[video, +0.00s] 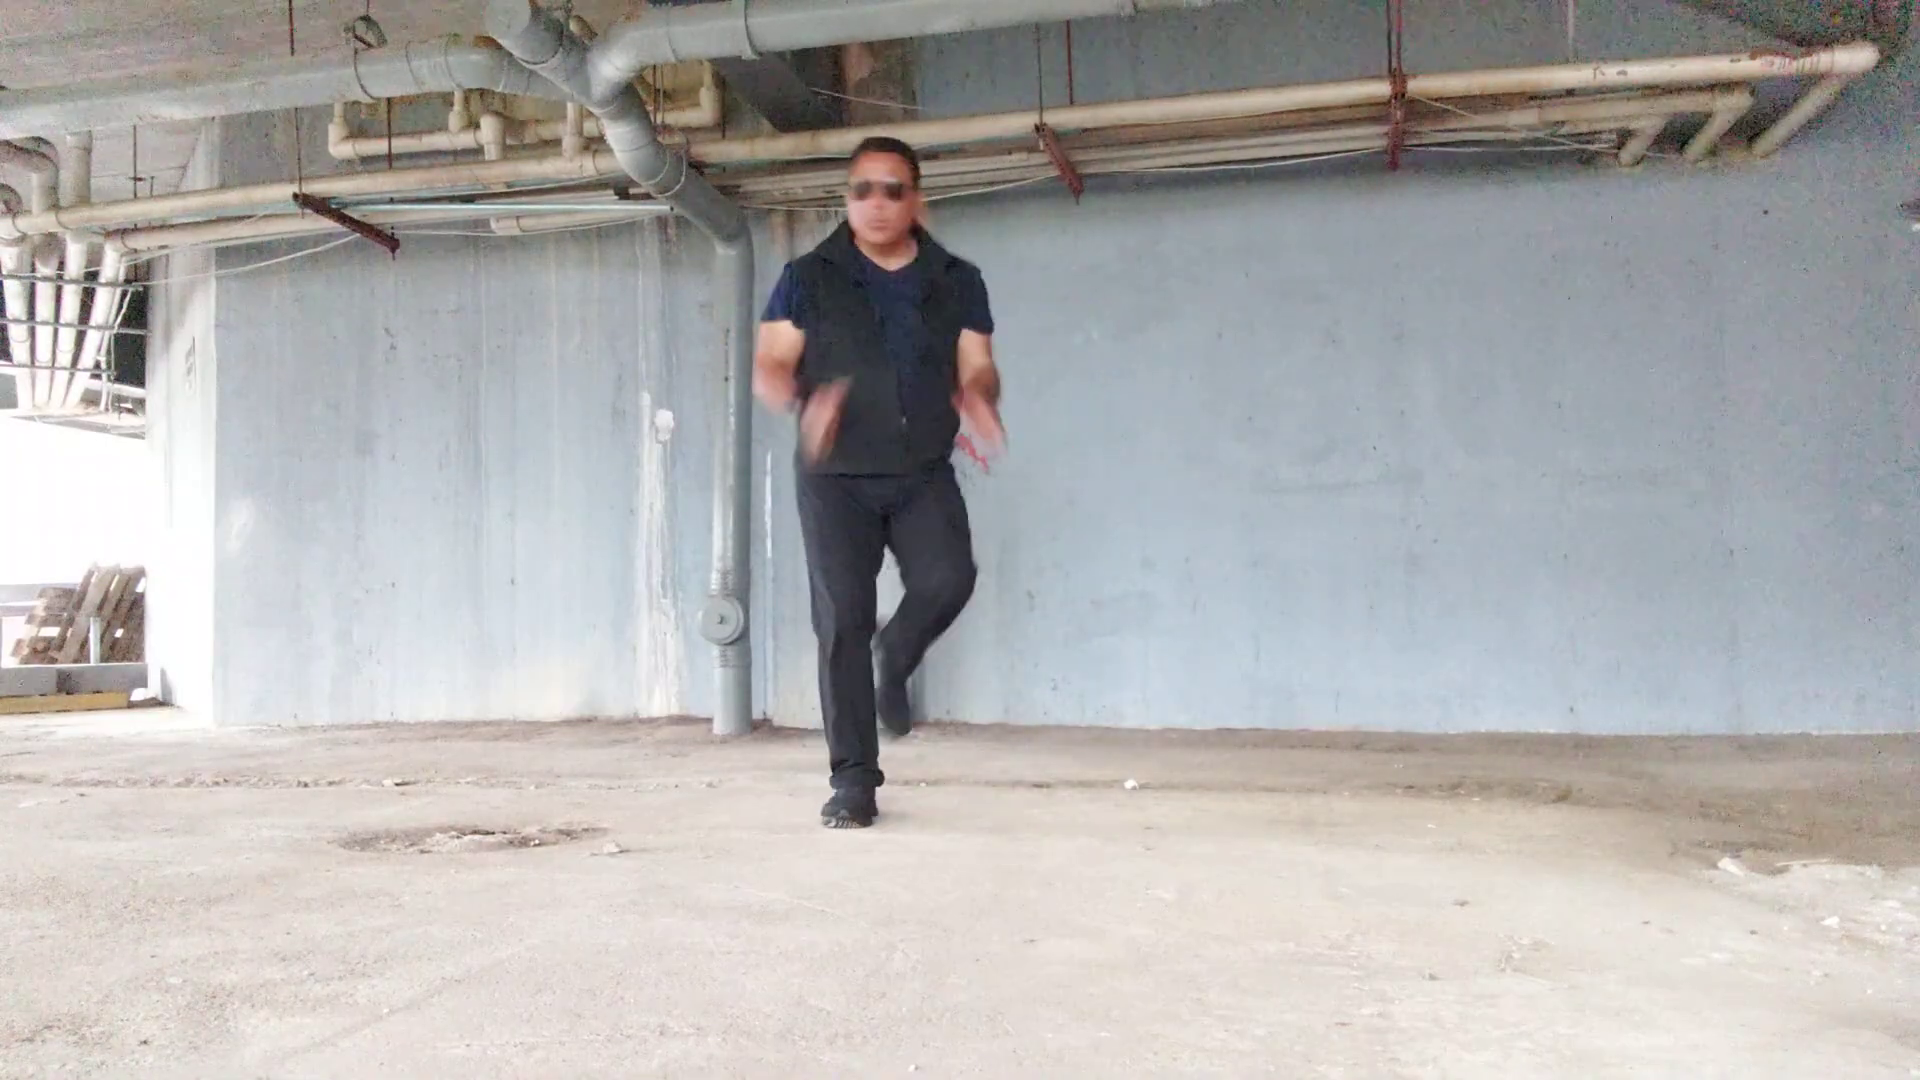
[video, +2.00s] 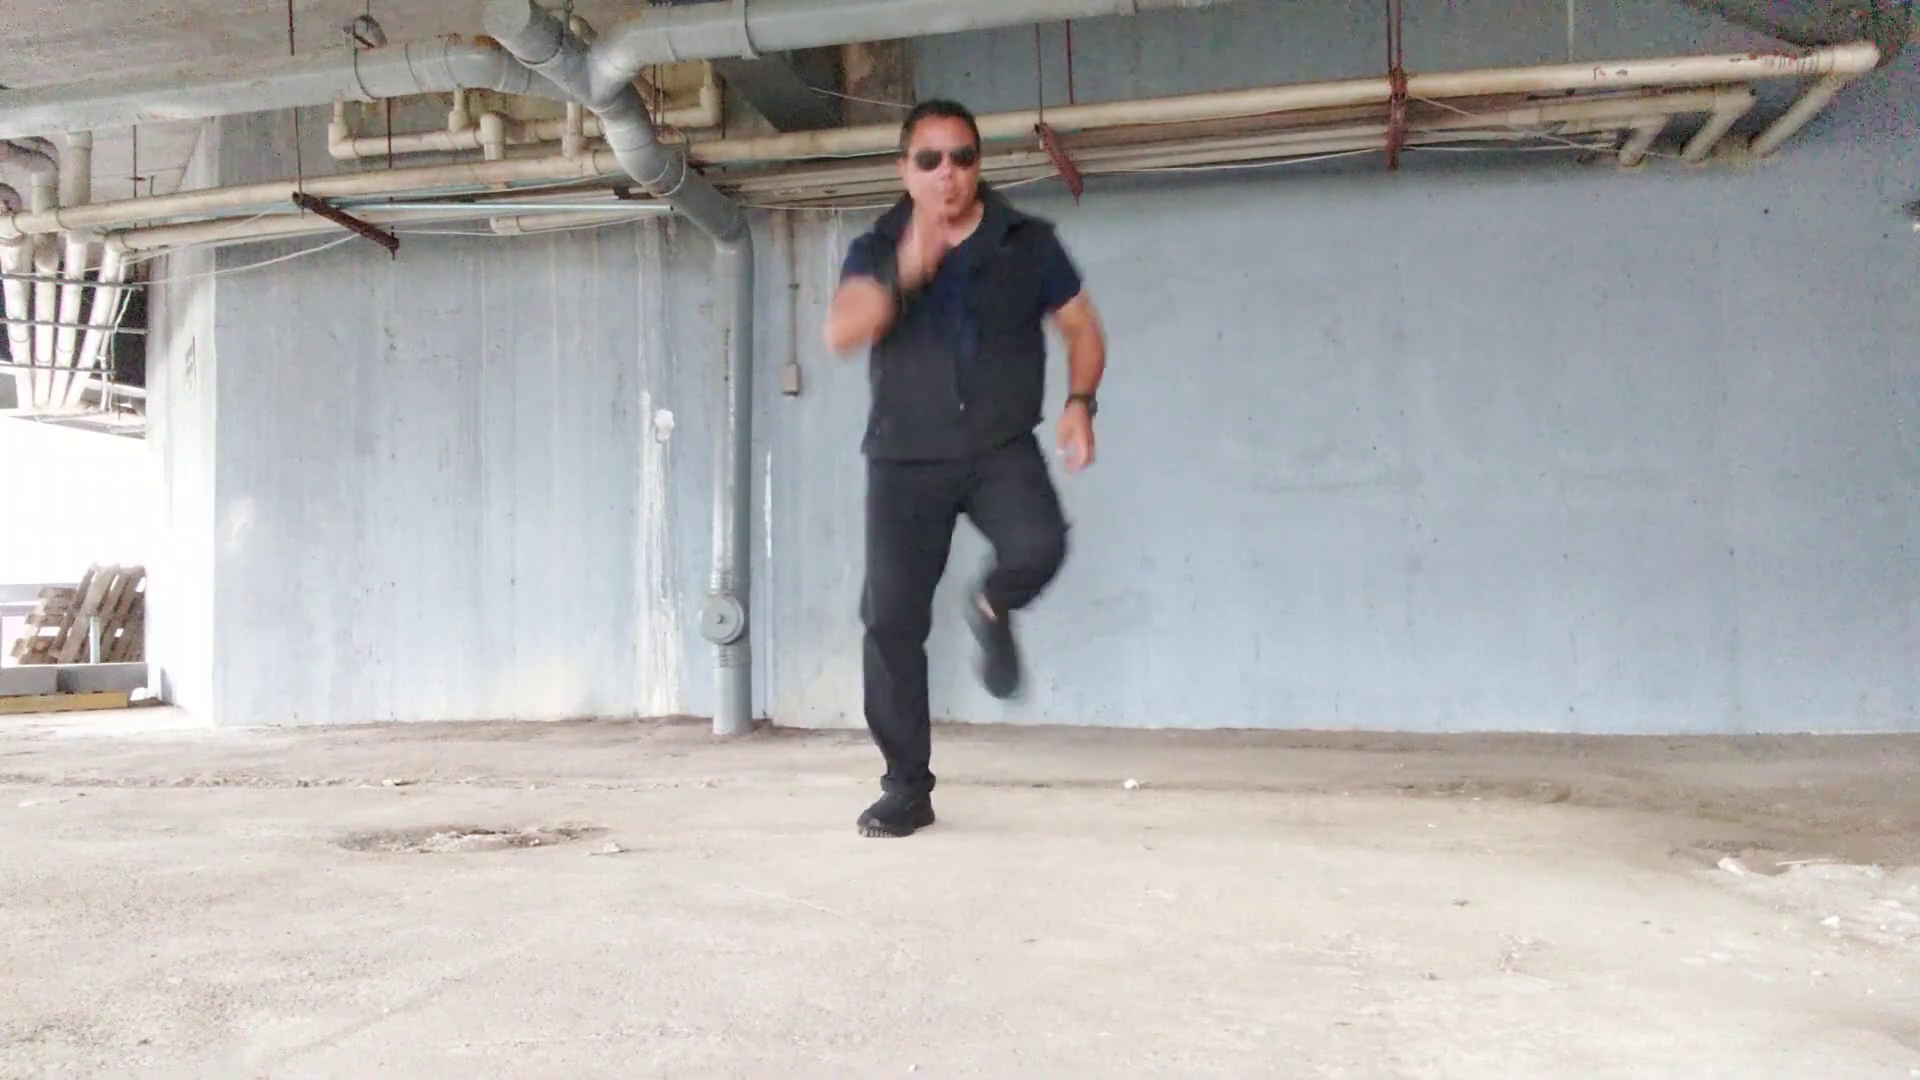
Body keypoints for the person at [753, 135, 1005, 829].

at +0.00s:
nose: (878, 201)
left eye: (893, 190)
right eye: (864, 190)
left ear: (917, 200)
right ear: (847, 200)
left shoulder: (957, 281)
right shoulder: (808, 277)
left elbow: (978, 372)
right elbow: (770, 372)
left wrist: (977, 402)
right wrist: (802, 399)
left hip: (923, 476)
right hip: (836, 479)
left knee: (949, 580)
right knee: (846, 625)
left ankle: (891, 663)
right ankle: (853, 781)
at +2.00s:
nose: (949, 172)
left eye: (962, 157)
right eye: (931, 160)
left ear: (980, 164)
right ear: (905, 169)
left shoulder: (1027, 242)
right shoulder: (881, 244)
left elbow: (1083, 330)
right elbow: (841, 333)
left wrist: (1079, 404)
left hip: (1002, 451)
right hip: (907, 460)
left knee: (1037, 549)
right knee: (891, 618)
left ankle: (992, 608)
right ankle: (906, 784)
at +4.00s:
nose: (978, 161)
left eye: (991, 145)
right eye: (974, 148)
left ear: (1044, 141)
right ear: (994, 154)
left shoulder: (1125, 213)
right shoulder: (981, 228)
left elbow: (1202, 295)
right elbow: (915, 299)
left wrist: (1179, 376)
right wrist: (991, 235)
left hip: (1097, 438)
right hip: (1000, 444)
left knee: (1114, 568)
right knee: (998, 616)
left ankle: (1103, 687)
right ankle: (999, 794)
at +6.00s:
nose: (928, 161)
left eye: (941, 146)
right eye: (910, 149)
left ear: (963, 150)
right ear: (885, 159)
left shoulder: (1010, 213)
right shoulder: (864, 228)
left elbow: (1090, 256)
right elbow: (773, 281)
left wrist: (1062, 334)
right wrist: (839, 221)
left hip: (974, 441)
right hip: (879, 446)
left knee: (993, 571)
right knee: (853, 618)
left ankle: (988, 714)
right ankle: (833, 782)